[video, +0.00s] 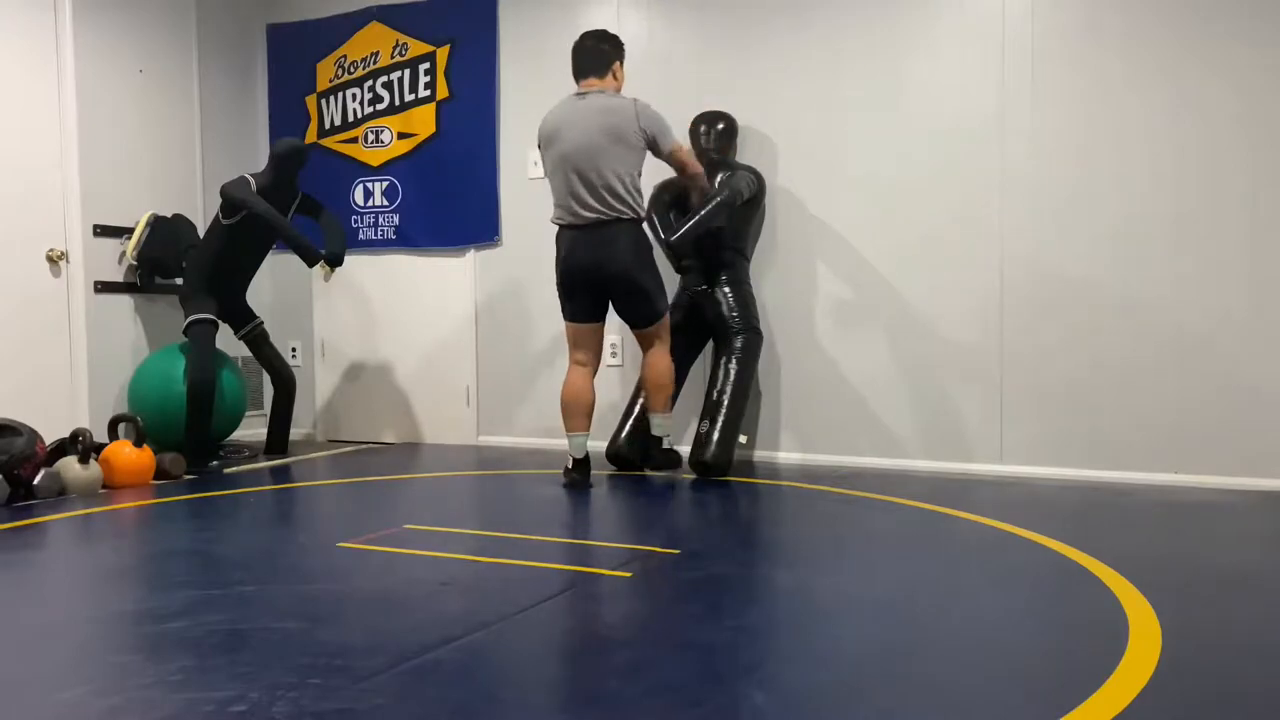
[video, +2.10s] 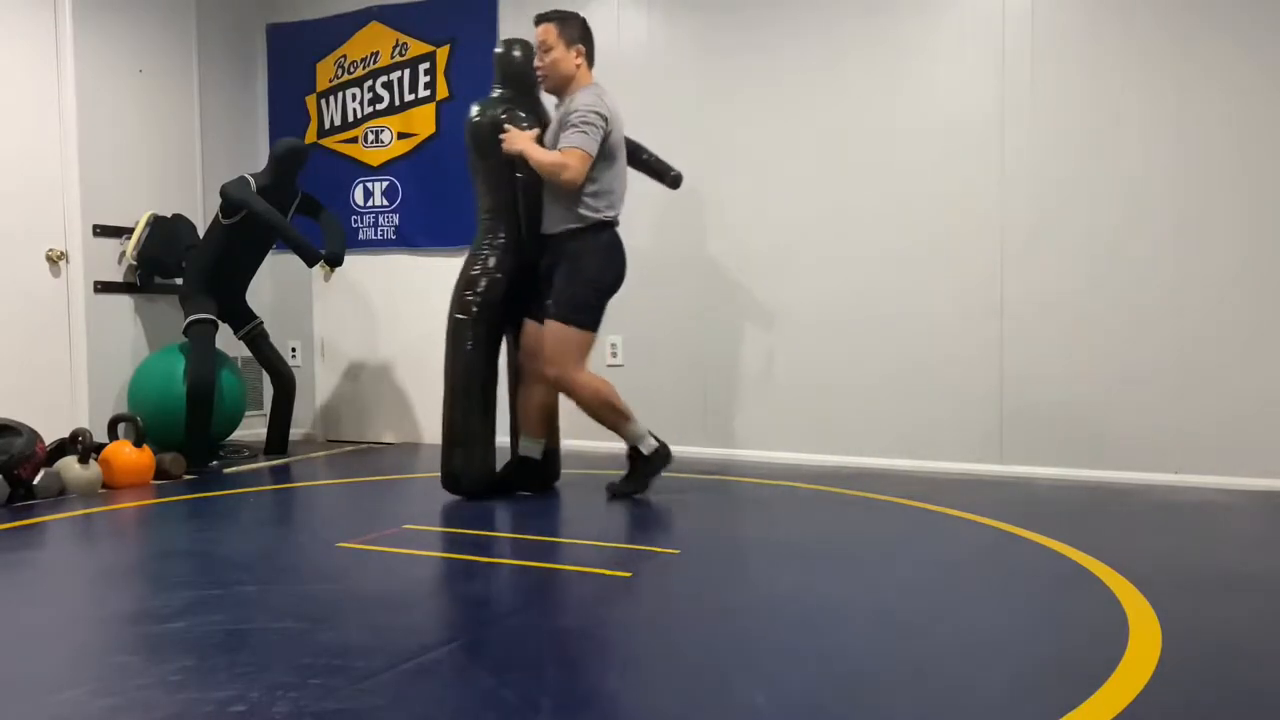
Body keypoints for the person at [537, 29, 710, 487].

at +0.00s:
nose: (624, 76)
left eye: (623, 69)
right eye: (623, 69)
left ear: (576, 71)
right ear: (615, 69)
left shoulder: (551, 121)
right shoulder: (635, 111)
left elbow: (564, 179)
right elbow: (684, 162)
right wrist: (700, 186)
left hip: (573, 249)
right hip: (625, 245)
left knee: (581, 359)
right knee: (655, 341)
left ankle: (578, 463)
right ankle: (659, 443)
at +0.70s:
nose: (640, 118)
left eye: (641, 112)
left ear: (642, 113)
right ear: (683, 122)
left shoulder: (612, 146)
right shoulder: (700, 161)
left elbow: (586, 213)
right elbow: (732, 223)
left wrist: (624, 208)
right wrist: (751, 240)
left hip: (615, 249)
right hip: (671, 254)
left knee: (607, 355)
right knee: (673, 353)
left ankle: (600, 444)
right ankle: (677, 451)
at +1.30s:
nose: (603, 83)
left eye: (609, 74)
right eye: (605, 73)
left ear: (633, 80)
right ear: (646, 82)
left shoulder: (609, 127)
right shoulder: (689, 130)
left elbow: (578, 199)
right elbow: (722, 195)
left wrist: (597, 169)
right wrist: (686, 210)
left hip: (643, 254)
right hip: (687, 254)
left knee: (618, 367)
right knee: (675, 364)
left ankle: (665, 461)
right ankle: (678, 463)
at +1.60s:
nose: (592, 56)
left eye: (600, 45)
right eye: (592, 46)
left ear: (633, 53)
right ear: (632, 55)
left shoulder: (619, 112)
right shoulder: (664, 105)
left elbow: (586, 186)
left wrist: (574, 151)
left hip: (641, 244)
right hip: (670, 239)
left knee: (624, 362)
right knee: (635, 359)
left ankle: (667, 469)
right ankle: (662, 463)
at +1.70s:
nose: (586, 52)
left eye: (595, 42)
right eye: (585, 42)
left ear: (627, 49)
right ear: (625, 52)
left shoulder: (619, 107)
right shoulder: (649, 99)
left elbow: (585, 183)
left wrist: (567, 152)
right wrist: (586, 152)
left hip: (641, 241)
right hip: (657, 236)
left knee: (635, 361)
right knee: (608, 340)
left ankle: (669, 467)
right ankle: (617, 446)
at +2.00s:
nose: (555, 61)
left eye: (563, 50)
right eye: (554, 52)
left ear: (596, 53)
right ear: (591, 56)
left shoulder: (602, 105)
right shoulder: (602, 102)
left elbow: (576, 173)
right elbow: (579, 164)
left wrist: (542, 148)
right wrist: (553, 143)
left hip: (603, 248)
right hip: (580, 248)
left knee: (610, 372)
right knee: (549, 360)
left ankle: (667, 465)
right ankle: (535, 464)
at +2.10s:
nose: (537, 62)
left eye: (545, 51)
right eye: (536, 53)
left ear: (577, 53)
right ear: (567, 57)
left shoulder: (588, 104)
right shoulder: (569, 106)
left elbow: (571, 170)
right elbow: (560, 162)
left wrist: (527, 148)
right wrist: (531, 145)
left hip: (588, 247)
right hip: (559, 247)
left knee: (560, 367)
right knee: (532, 358)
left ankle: (647, 447)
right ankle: (532, 466)